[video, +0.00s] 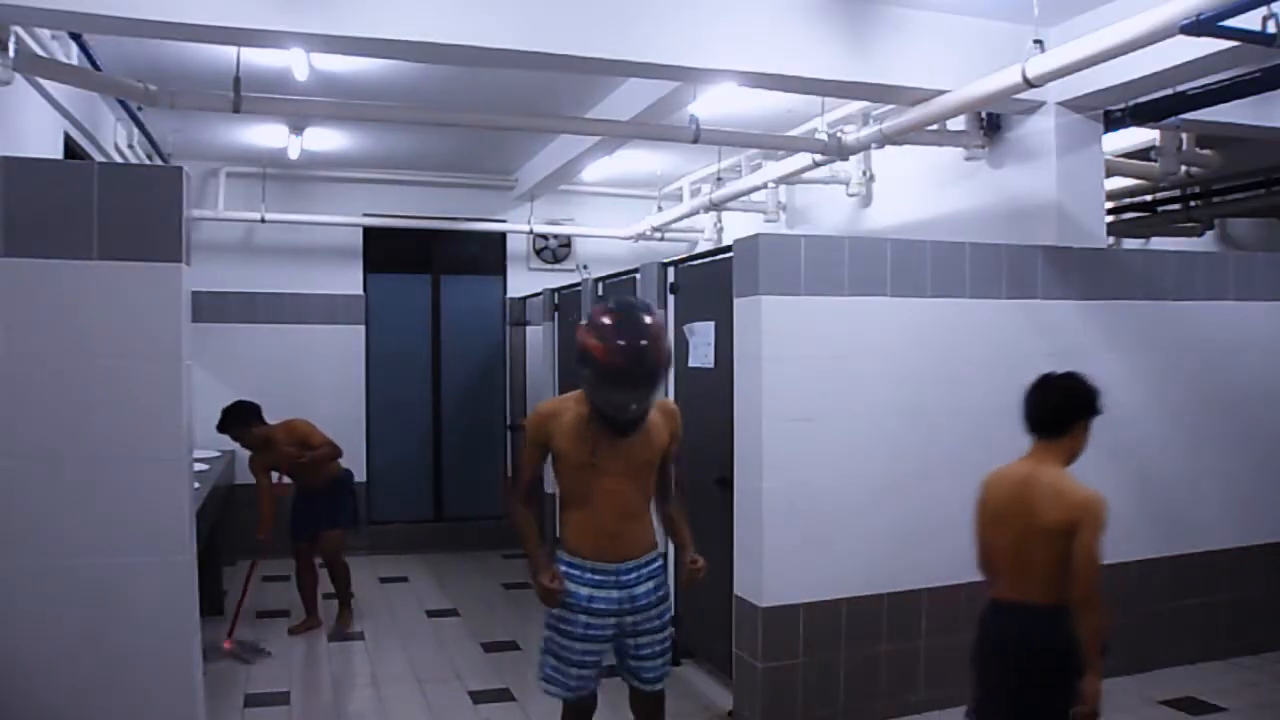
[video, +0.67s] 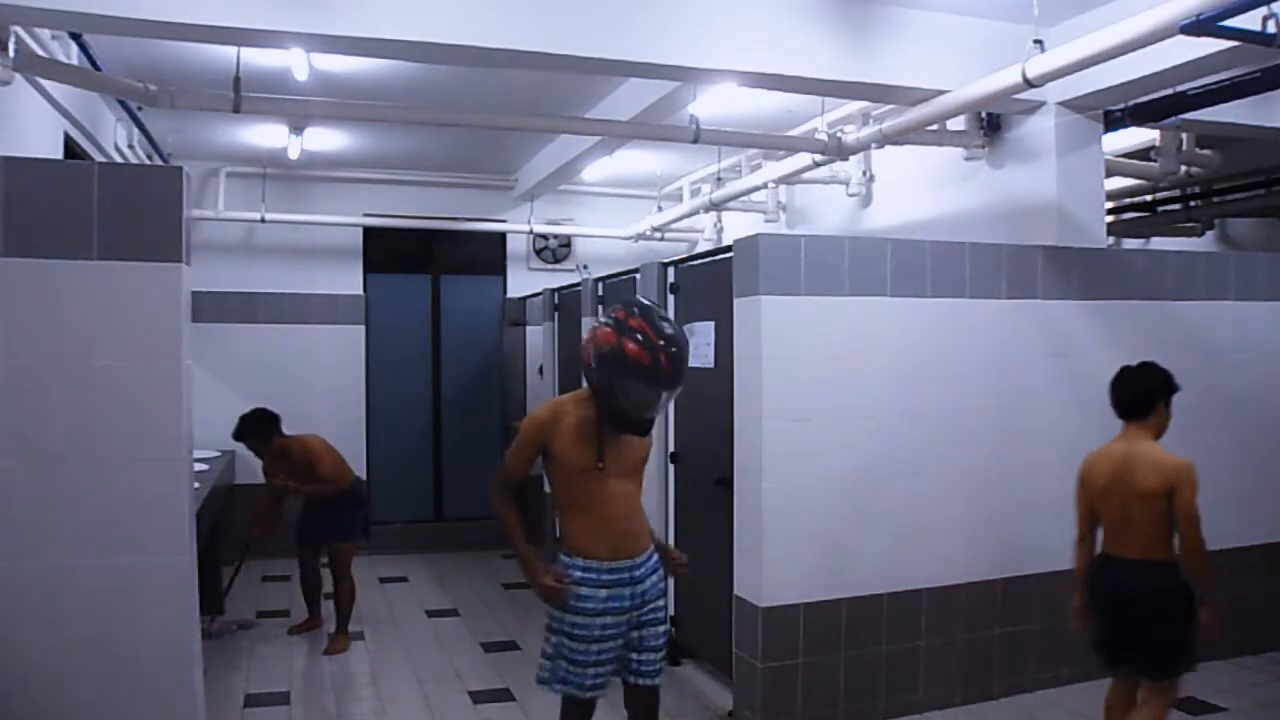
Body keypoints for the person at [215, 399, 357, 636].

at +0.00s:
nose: (240, 445)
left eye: (239, 438)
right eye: (235, 440)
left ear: (253, 427)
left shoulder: (296, 430)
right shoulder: (258, 461)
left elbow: (334, 450)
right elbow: (266, 500)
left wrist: (304, 457)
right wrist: (264, 531)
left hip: (335, 487)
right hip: (306, 492)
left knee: (331, 552)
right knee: (302, 554)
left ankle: (345, 609)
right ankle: (312, 616)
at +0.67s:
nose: (253, 453)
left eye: (253, 447)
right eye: (249, 448)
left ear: (267, 439)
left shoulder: (311, 447)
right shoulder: (271, 464)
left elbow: (340, 483)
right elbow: (273, 502)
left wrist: (298, 489)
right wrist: (261, 536)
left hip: (345, 500)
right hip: (314, 502)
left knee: (340, 568)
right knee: (308, 561)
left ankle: (342, 632)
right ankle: (314, 616)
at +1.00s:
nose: (282, 452)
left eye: (285, 446)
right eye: (280, 447)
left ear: (303, 441)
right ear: (283, 444)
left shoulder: (340, 448)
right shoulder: (283, 468)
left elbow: (362, 484)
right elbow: (276, 513)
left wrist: (326, 490)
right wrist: (265, 553)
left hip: (350, 506)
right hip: (316, 507)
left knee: (344, 568)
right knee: (301, 566)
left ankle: (343, 632)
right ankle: (307, 608)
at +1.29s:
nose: (308, 450)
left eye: (313, 444)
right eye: (304, 445)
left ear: (326, 435)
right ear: (298, 440)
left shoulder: (351, 445)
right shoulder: (292, 461)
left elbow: (373, 476)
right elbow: (287, 507)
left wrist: (352, 480)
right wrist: (293, 547)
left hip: (344, 510)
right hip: (306, 512)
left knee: (344, 571)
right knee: (296, 572)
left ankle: (342, 633)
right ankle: (289, 631)